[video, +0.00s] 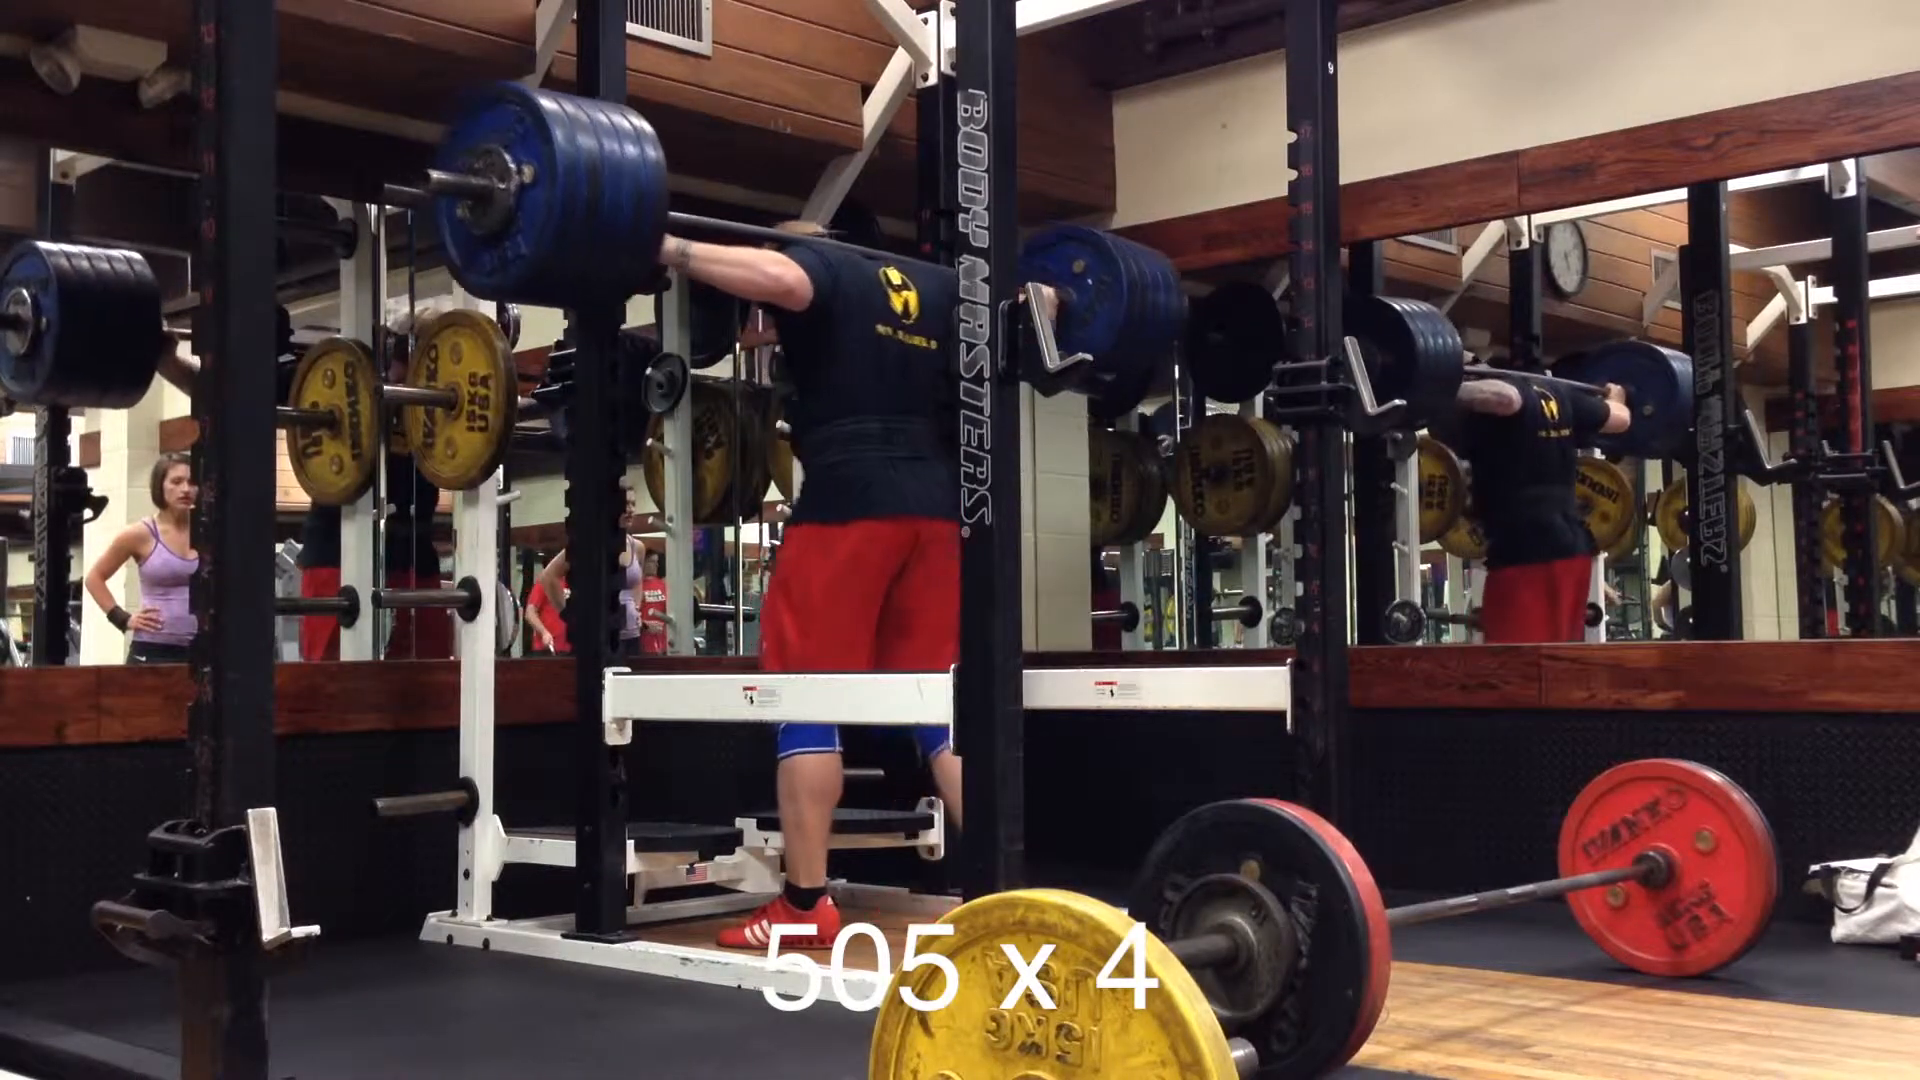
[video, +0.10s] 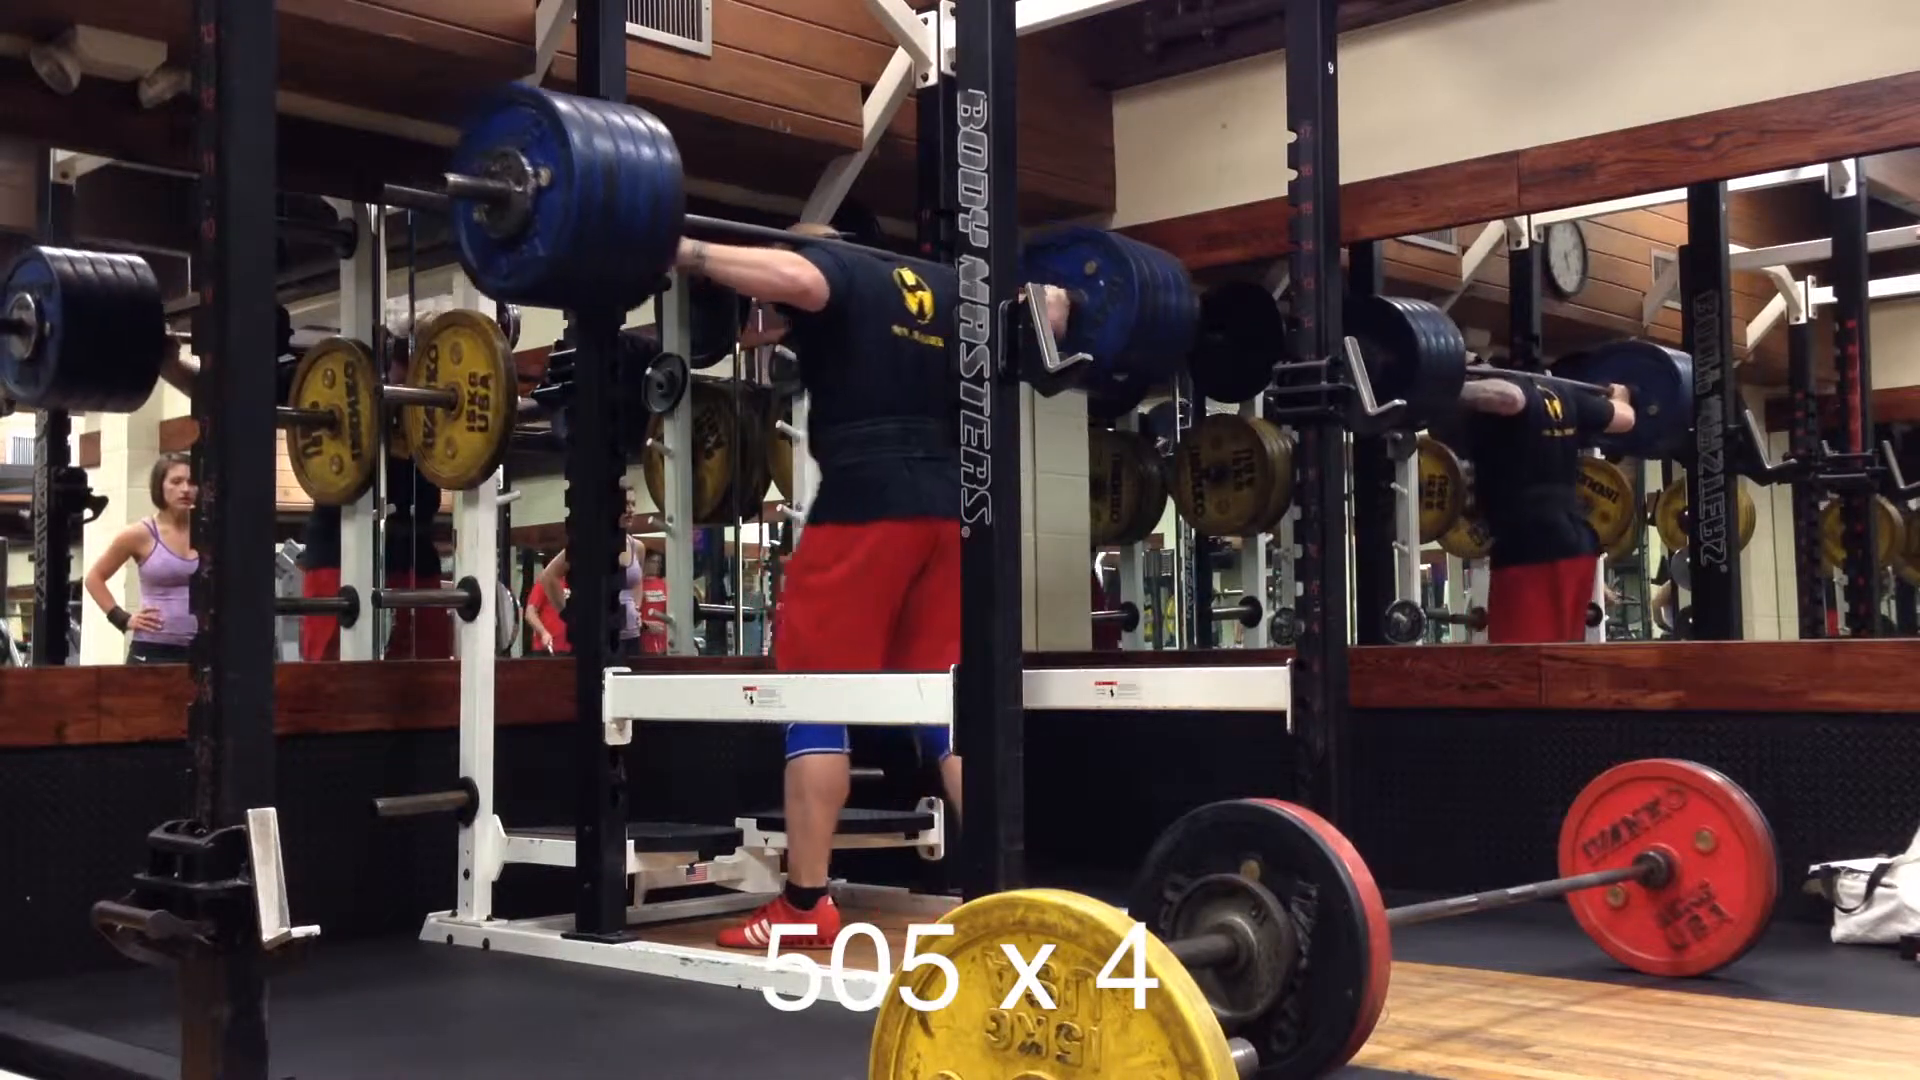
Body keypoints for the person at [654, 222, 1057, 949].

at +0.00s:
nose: (770, 279)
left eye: (772, 266)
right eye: (769, 272)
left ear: (797, 250)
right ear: (857, 242)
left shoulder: (818, 256)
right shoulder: (935, 285)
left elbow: (787, 281)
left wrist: (672, 249)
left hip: (851, 503)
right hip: (940, 505)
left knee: (806, 702)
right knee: (938, 706)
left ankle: (806, 904)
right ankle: (996, 883)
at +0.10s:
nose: (760, 325)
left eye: (764, 312)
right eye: (757, 315)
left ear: (805, 258)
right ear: (861, 244)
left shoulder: (827, 257)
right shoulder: (941, 284)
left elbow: (804, 282)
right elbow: (1050, 309)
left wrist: (687, 252)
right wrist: (1053, 310)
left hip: (867, 504)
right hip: (957, 505)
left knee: (814, 701)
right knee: (947, 707)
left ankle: (807, 903)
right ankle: (996, 886)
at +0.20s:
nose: (798, 277)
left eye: (799, 264)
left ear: (825, 250)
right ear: (871, 238)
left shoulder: (848, 261)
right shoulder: (950, 279)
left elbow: (817, 280)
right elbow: (1057, 321)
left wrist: (702, 250)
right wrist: (1068, 306)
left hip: (884, 504)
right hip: (969, 501)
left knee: (829, 705)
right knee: (960, 707)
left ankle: (806, 903)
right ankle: (996, 888)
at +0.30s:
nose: (814, 271)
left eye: (814, 261)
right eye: (810, 263)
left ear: (839, 250)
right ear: (882, 239)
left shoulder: (866, 259)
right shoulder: (969, 280)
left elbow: (830, 276)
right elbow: (1069, 314)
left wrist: (718, 248)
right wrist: (1081, 303)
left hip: (901, 504)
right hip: (986, 501)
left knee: (837, 702)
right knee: (977, 702)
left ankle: (804, 895)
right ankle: (991, 886)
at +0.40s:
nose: (828, 265)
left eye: (827, 254)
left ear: (853, 248)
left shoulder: (882, 259)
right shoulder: (993, 283)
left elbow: (841, 272)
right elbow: (1078, 314)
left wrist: (732, 245)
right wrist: (1089, 305)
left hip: (904, 507)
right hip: (997, 513)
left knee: (833, 698)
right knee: (995, 712)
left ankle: (801, 894)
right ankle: (999, 894)